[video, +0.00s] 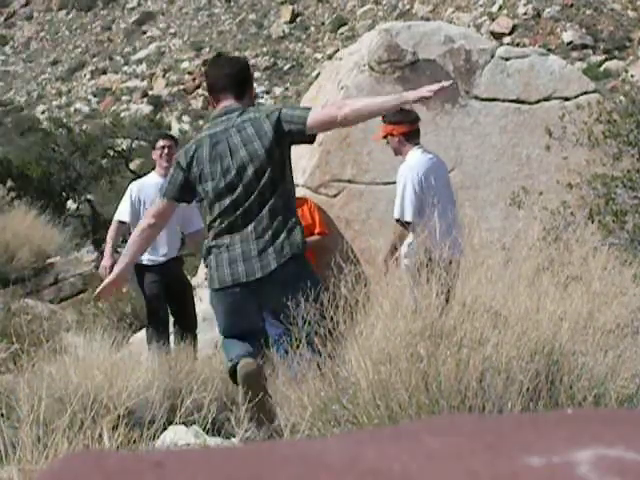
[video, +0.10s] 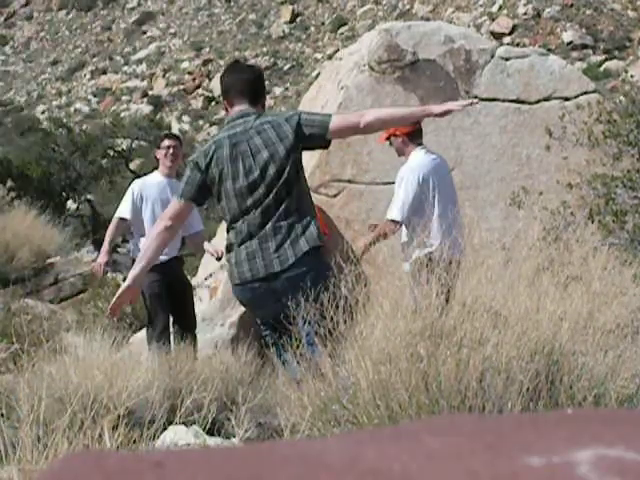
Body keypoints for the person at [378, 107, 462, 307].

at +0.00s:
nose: (388, 145)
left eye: (388, 139)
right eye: (387, 139)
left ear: (398, 138)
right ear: (415, 135)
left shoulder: (409, 169)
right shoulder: (436, 161)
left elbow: (404, 223)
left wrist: (390, 253)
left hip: (423, 250)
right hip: (448, 246)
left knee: (421, 309)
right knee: (443, 309)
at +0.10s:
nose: (392, 147)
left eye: (392, 141)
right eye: (391, 142)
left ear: (401, 139)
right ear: (417, 137)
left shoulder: (412, 169)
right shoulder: (438, 161)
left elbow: (393, 223)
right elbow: (422, 209)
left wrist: (363, 246)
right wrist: (384, 227)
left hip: (425, 252)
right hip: (450, 248)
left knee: (423, 312)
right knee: (442, 311)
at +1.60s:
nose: (397, 146)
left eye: (397, 141)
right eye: (395, 141)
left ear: (409, 140)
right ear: (422, 137)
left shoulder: (413, 172)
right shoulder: (446, 165)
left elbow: (398, 219)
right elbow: (430, 206)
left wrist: (365, 236)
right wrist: (391, 210)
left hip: (429, 256)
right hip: (456, 251)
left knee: (428, 316)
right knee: (453, 313)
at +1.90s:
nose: (399, 146)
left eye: (400, 140)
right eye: (398, 141)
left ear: (410, 139)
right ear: (427, 137)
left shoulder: (416, 171)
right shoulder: (447, 164)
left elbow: (388, 216)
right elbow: (421, 196)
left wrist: (355, 213)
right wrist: (384, 190)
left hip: (431, 257)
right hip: (458, 253)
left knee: (429, 318)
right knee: (453, 315)